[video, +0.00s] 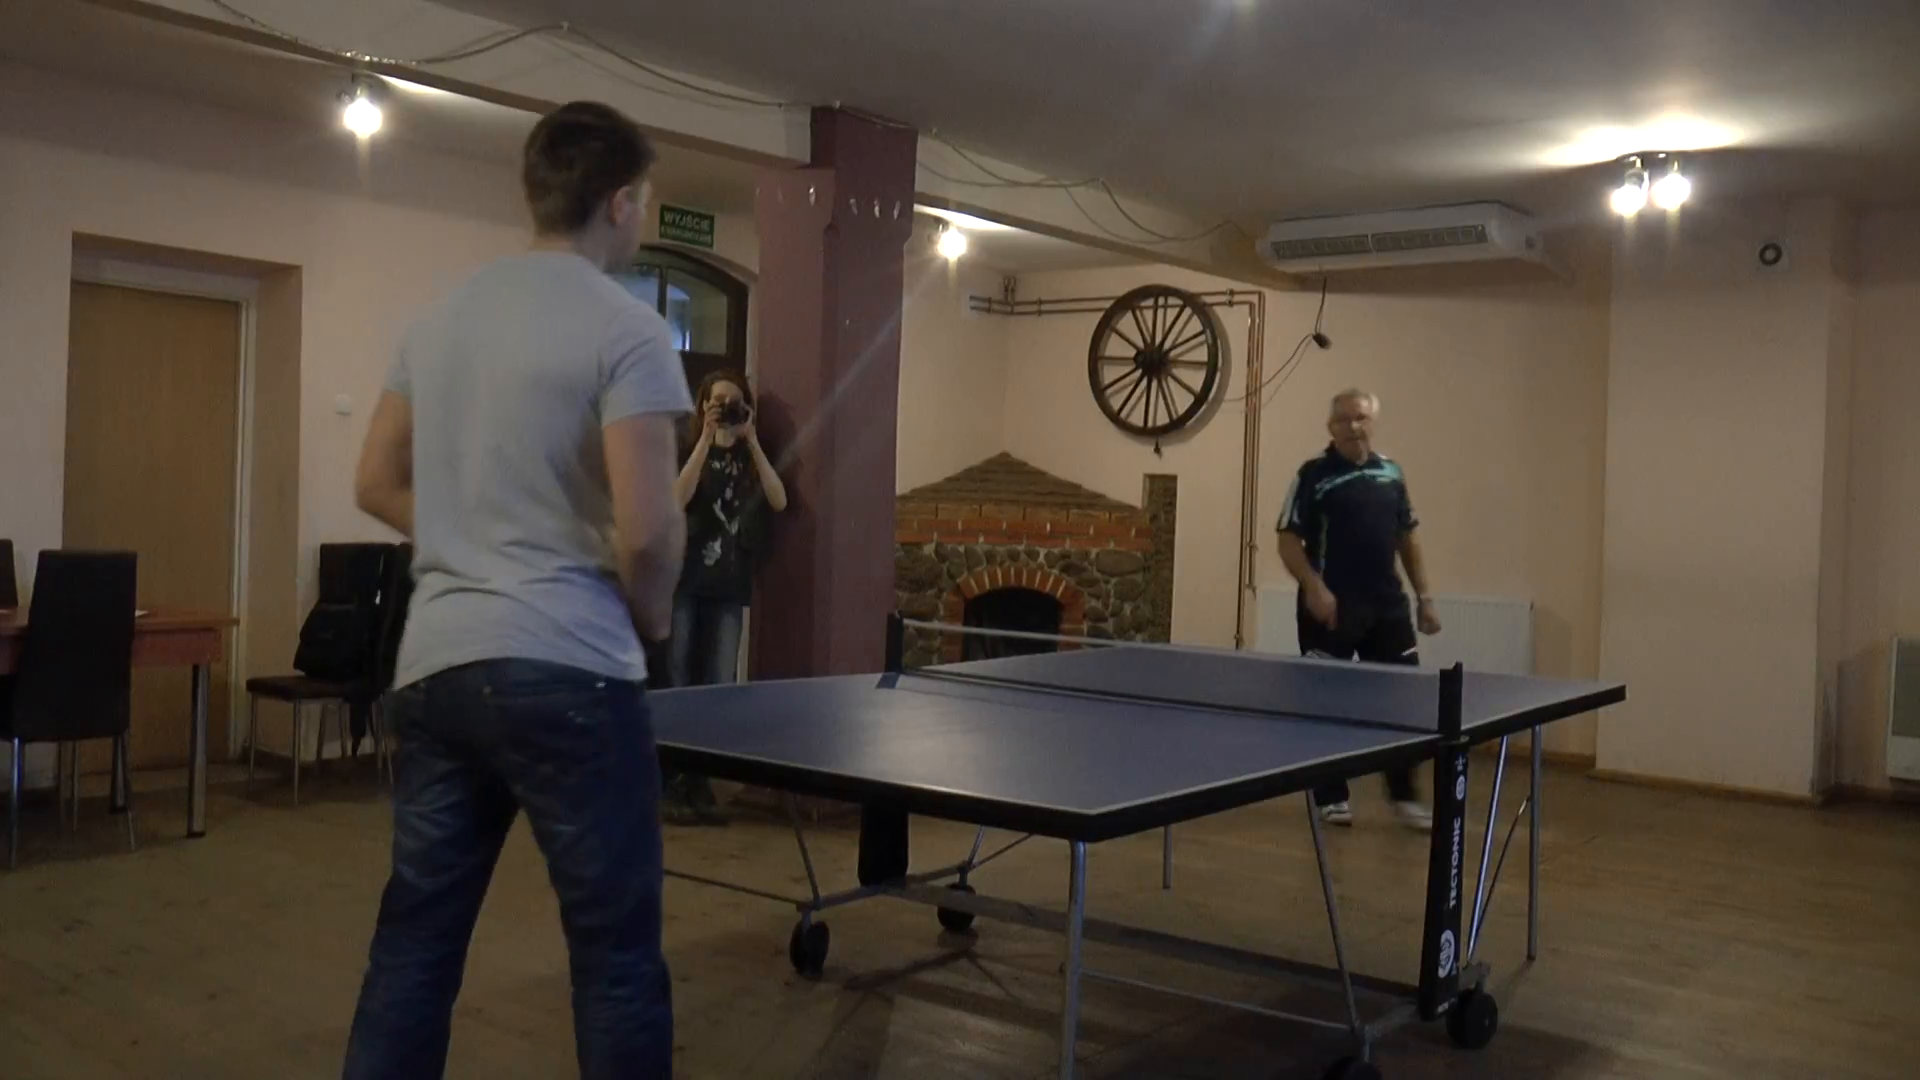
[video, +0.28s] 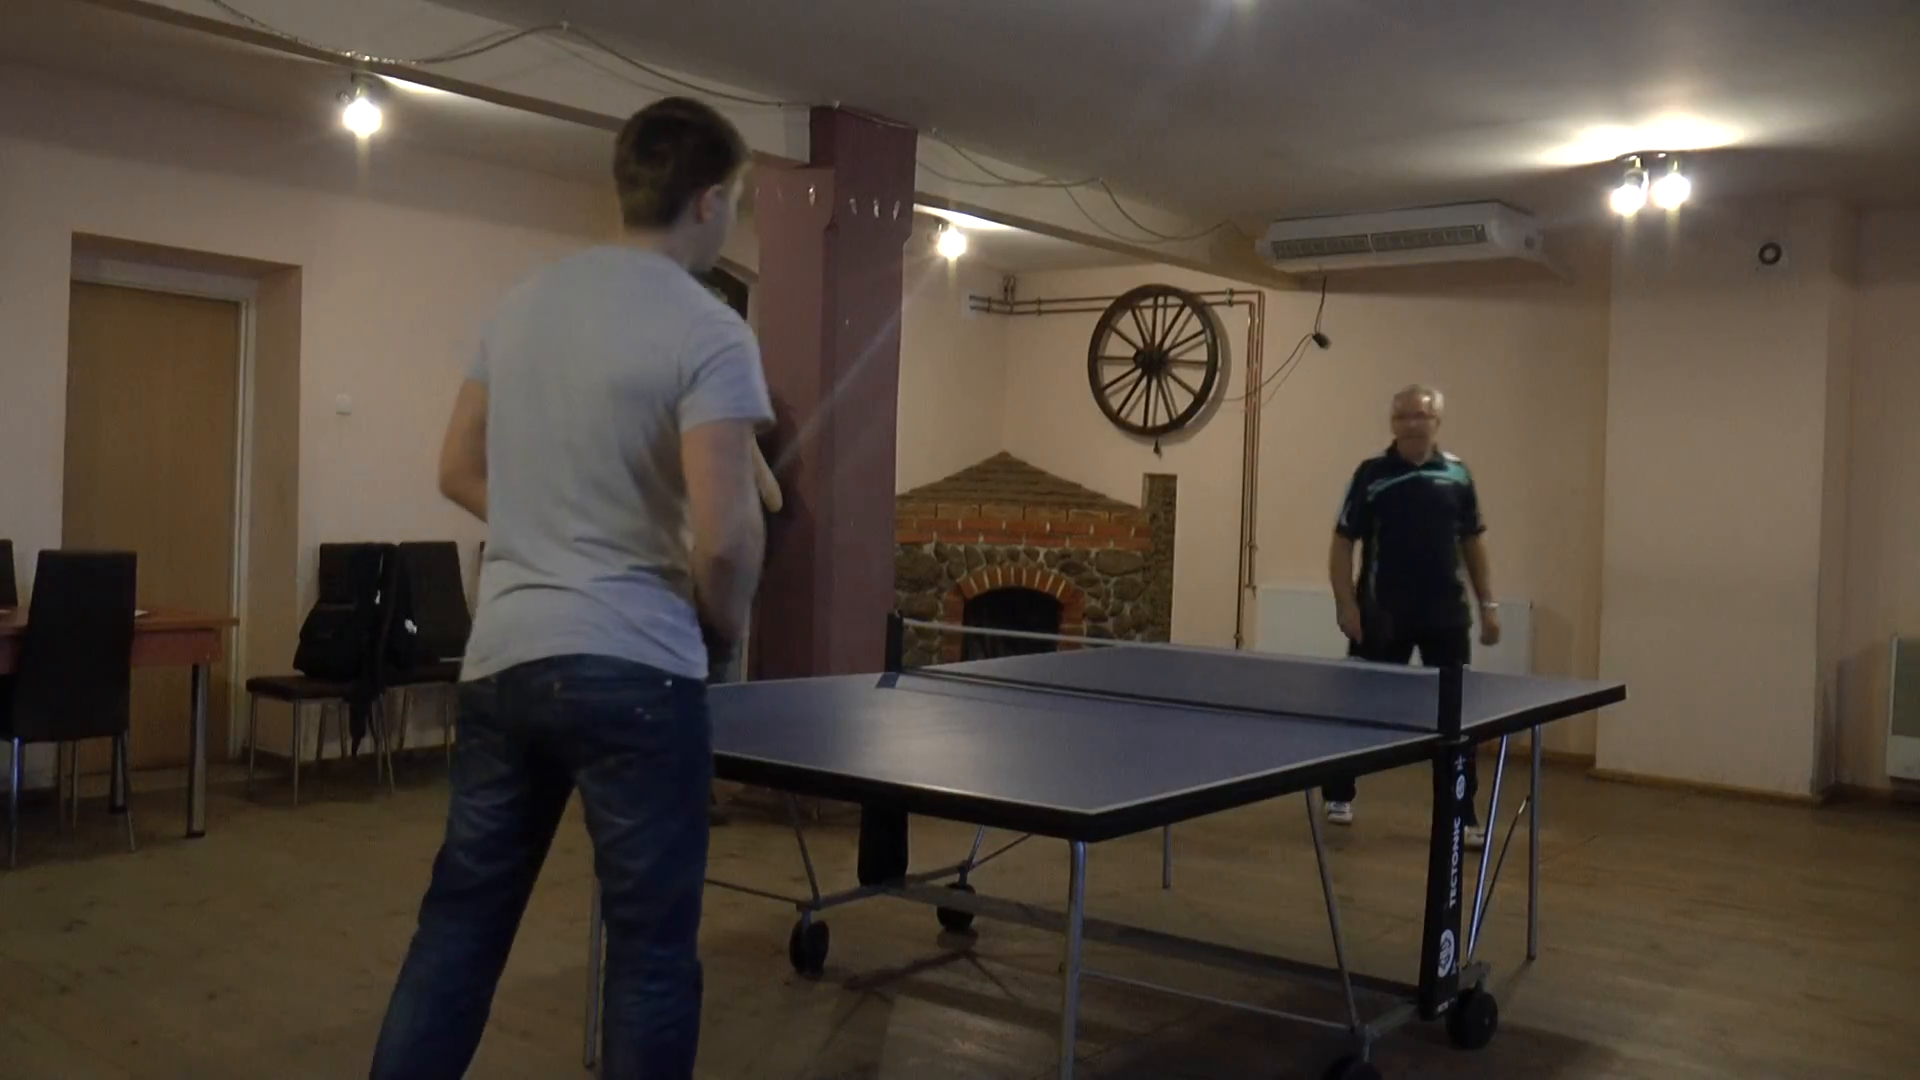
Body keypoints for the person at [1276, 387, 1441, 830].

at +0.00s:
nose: (1352, 426)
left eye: (1360, 418)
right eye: (1343, 419)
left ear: (1374, 423)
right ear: (1330, 425)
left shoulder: (1391, 473)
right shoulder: (1313, 476)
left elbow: (1406, 537)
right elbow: (1288, 540)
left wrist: (1423, 596)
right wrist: (1312, 584)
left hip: (1386, 605)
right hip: (1329, 608)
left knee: (1403, 695)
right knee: (1327, 700)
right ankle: (1330, 795)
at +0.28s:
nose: (1410, 424)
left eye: (1420, 417)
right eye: (1402, 417)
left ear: (1437, 423)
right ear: (1392, 422)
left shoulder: (1456, 474)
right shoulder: (1371, 474)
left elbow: (1472, 541)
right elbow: (1343, 542)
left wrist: (1487, 605)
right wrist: (1346, 601)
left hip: (1445, 613)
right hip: (1384, 612)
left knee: (1455, 712)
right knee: (1357, 701)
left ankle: (1461, 814)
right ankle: (1339, 793)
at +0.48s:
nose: (1441, 423)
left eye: (1452, 414)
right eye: (1433, 414)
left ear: (1472, 419)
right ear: (1423, 417)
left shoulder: (1495, 472)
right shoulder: (1404, 474)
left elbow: (1523, 536)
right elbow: (1376, 543)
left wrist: (1530, 589)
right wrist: (1353, 607)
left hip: (1478, 622)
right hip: (1417, 619)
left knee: (1475, 723)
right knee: (1411, 714)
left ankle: (1464, 816)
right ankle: (1386, 801)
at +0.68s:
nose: (1451, 428)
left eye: (1461, 419)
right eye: (1445, 419)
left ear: (1488, 422)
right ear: (1440, 420)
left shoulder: (1516, 473)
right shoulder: (1426, 475)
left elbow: (1545, 536)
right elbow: (1403, 545)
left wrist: (1534, 565)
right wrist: (1381, 608)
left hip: (1494, 628)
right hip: (1437, 625)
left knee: (1483, 738)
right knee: (1444, 736)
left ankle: (1476, 833)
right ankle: (1449, 834)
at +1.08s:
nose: (1459, 428)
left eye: (1469, 417)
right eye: (1451, 420)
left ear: (1498, 415)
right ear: (1447, 423)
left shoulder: (1535, 471)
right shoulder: (1444, 479)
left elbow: (1570, 545)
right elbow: (1429, 555)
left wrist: (1579, 614)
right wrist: (1420, 622)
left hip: (1521, 633)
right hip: (1458, 633)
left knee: (1526, 740)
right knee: (1469, 744)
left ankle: (1546, 847)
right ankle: (1484, 845)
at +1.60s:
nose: (1470, 416)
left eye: (1482, 408)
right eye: (1468, 407)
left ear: (1517, 411)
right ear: (1471, 410)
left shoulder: (1549, 471)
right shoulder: (1468, 465)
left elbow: (1563, 564)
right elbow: (1432, 516)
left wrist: (1535, 633)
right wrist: (1398, 540)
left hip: (1520, 640)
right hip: (1465, 632)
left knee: (1517, 754)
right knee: (1461, 746)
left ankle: (1537, 871)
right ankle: (1469, 843)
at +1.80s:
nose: (1466, 405)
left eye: (1480, 398)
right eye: (1465, 396)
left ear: (1512, 411)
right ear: (1468, 402)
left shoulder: (1530, 471)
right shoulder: (1471, 460)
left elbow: (1526, 562)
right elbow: (1451, 512)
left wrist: (1458, 608)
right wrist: (1401, 518)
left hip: (1517, 642)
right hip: (1471, 632)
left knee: (1514, 759)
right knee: (1451, 741)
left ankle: (1539, 873)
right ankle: (1436, 842)